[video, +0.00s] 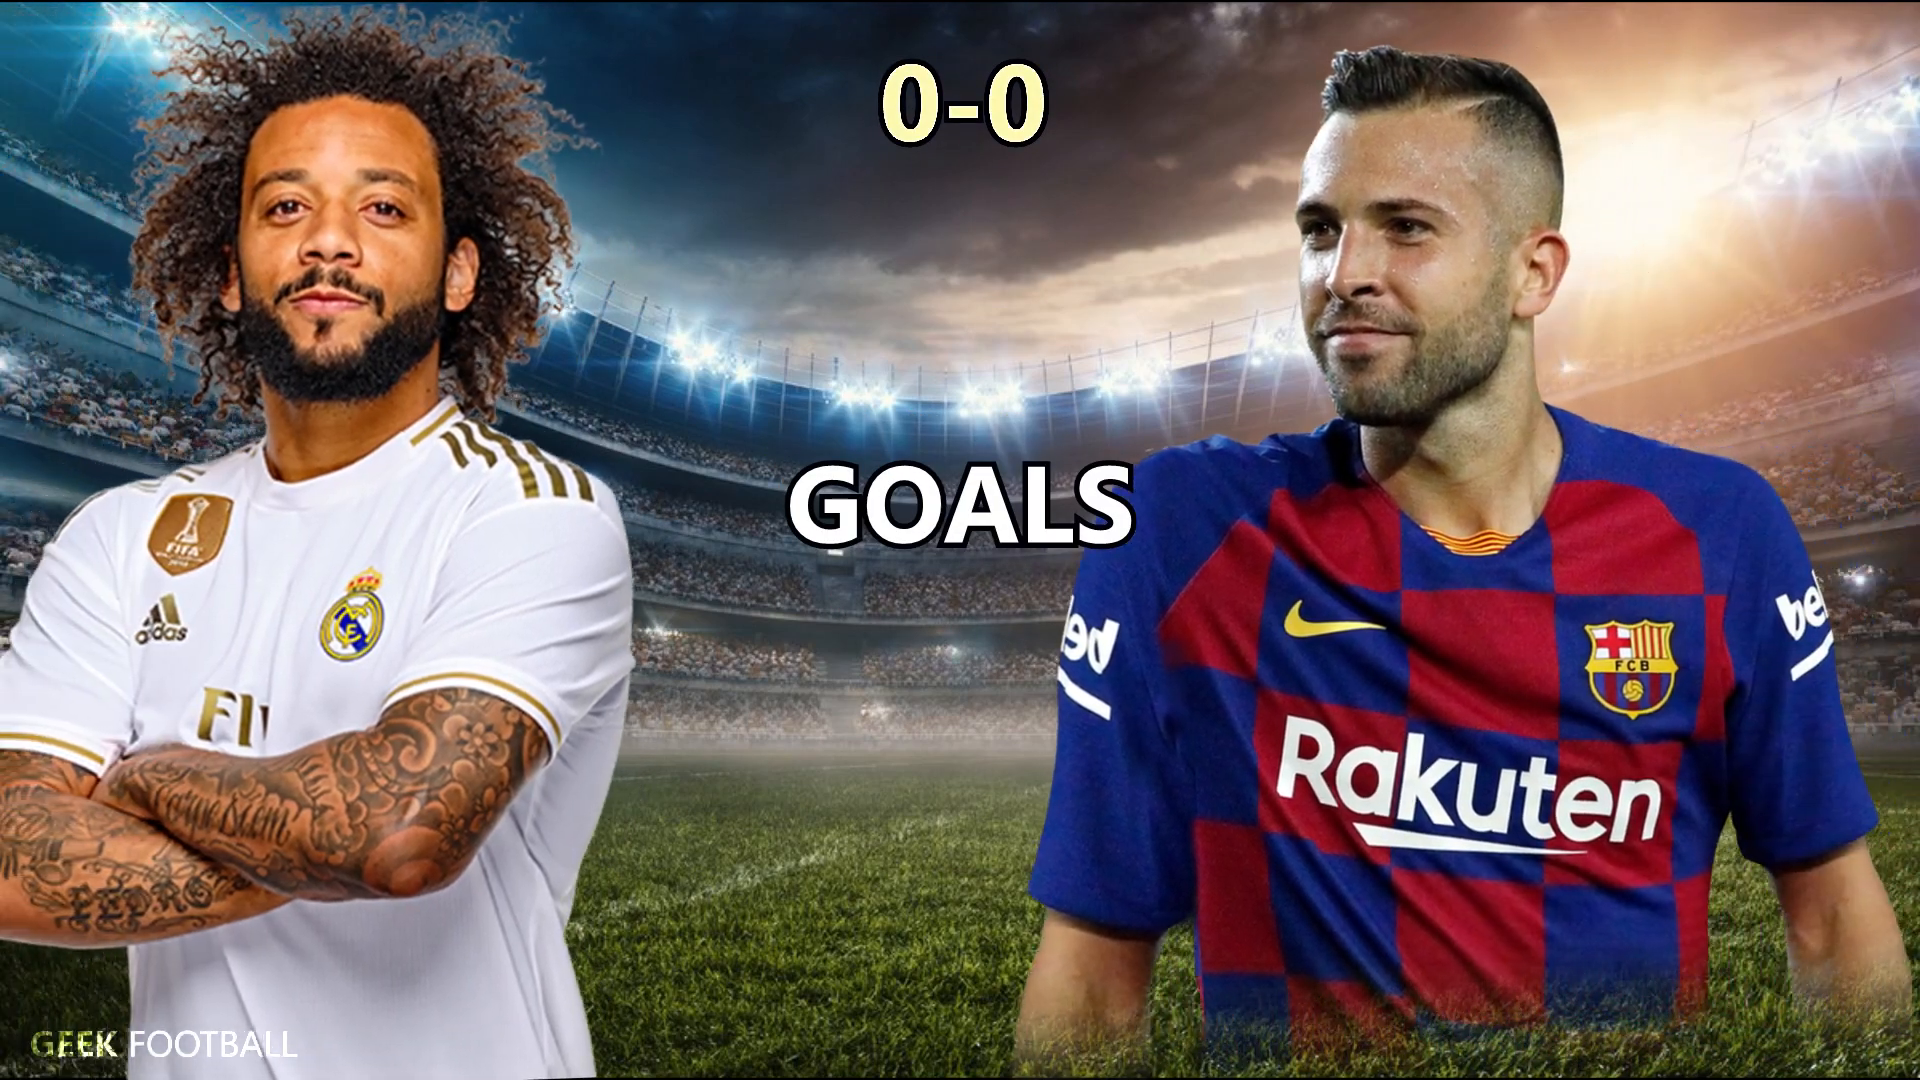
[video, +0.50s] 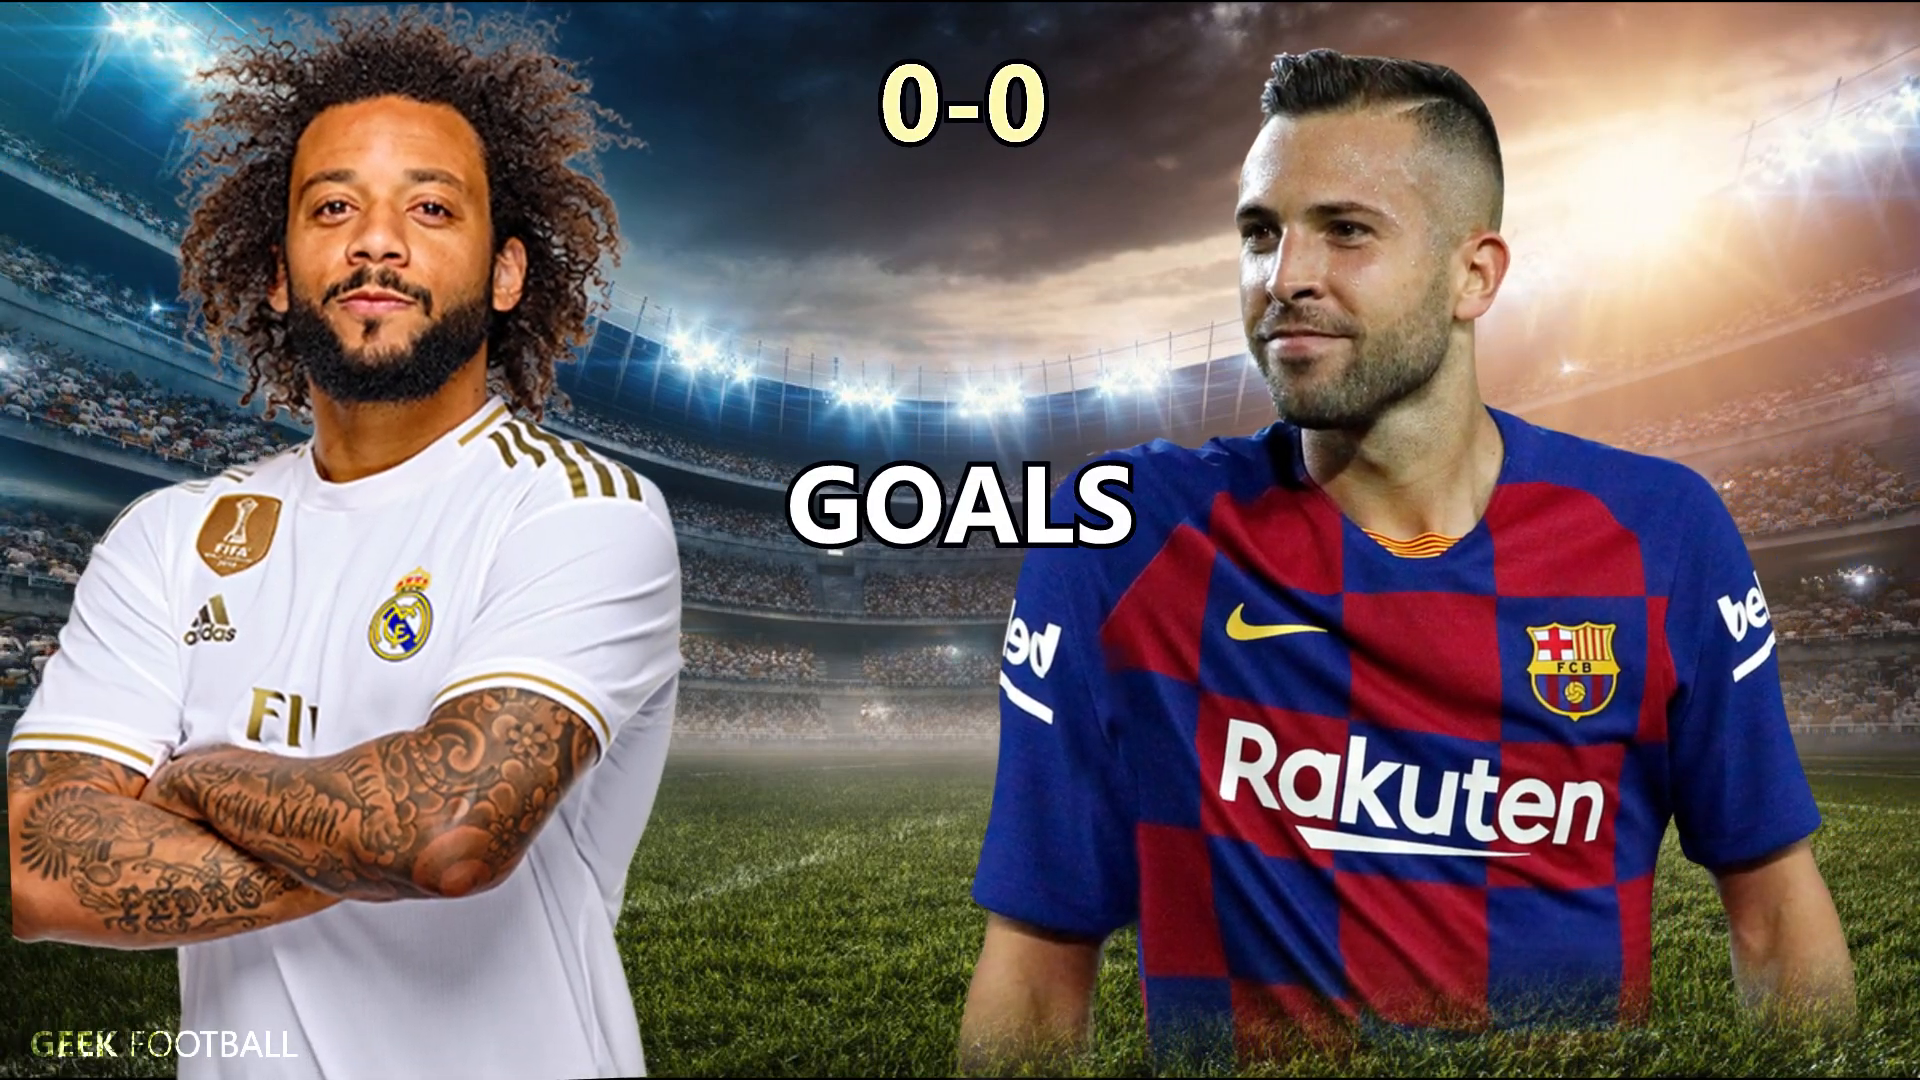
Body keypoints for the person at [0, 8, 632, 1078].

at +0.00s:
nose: (328, 242)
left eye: (381, 207)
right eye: (285, 208)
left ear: (455, 272)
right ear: (234, 271)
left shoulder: (537, 516)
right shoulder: (117, 535)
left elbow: (401, 829)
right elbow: (21, 875)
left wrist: (143, 771)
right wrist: (320, 829)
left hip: (468, 1063)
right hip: (185, 1063)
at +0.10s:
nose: (347, 242)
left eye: (404, 207)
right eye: (305, 207)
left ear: (476, 271)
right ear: (254, 270)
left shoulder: (560, 516)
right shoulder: (138, 537)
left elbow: (426, 828)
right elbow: (24, 871)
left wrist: (164, 773)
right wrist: (342, 834)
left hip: (488, 1064)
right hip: (207, 1063)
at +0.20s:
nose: (362, 242)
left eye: (417, 207)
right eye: (319, 207)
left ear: (490, 272)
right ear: (270, 271)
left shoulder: (574, 514)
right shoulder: (155, 536)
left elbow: (442, 826)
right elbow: (31, 870)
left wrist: (176, 773)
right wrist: (359, 834)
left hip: (504, 1063)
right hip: (225, 1062)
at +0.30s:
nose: (371, 242)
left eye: (426, 206)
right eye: (328, 206)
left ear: (498, 271)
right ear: (279, 270)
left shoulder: (583, 516)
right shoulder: (163, 536)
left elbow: (450, 827)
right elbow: (38, 870)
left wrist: (182, 774)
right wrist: (368, 836)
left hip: (513, 1064)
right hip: (233, 1064)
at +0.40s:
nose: (374, 242)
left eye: (429, 206)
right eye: (331, 206)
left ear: (500, 271)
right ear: (281, 270)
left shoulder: (586, 515)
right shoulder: (165, 536)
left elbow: (453, 827)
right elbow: (45, 872)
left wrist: (184, 774)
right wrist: (371, 836)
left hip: (515, 1064)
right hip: (237, 1064)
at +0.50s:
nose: (375, 243)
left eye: (431, 207)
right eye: (332, 207)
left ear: (503, 272)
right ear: (283, 270)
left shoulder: (588, 517)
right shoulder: (167, 537)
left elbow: (455, 828)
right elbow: (47, 873)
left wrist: (188, 774)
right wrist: (373, 837)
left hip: (518, 1064)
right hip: (239, 1064)